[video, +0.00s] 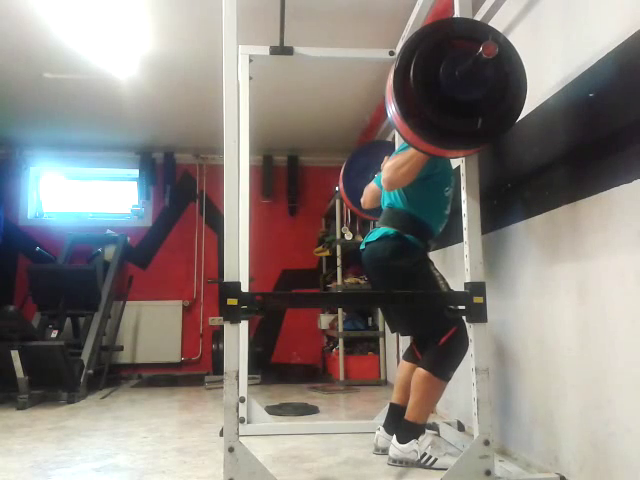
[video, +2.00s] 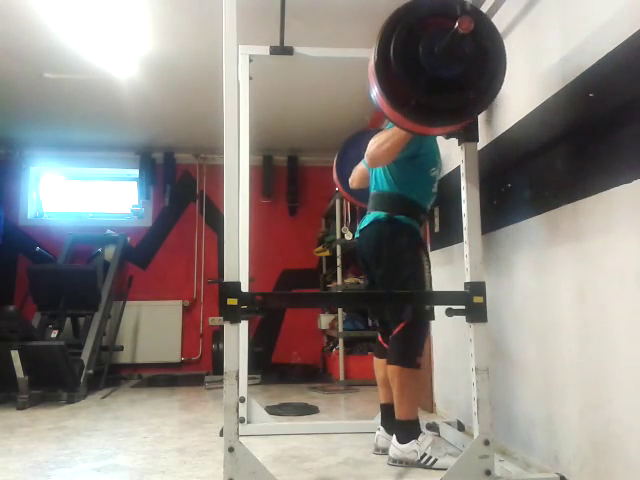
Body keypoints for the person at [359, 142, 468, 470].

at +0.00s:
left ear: (418, 115)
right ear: (438, 112)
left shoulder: (410, 149)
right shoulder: (423, 143)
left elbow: (367, 200)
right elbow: (390, 178)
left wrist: (387, 169)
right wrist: (428, 143)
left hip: (380, 250)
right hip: (397, 250)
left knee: (426, 338)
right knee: (451, 338)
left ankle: (394, 427)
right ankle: (409, 440)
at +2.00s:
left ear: (411, 97)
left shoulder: (403, 133)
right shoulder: (410, 124)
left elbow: (356, 179)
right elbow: (374, 154)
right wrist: (414, 119)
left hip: (377, 228)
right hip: (393, 230)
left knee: (388, 331)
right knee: (408, 330)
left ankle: (390, 427)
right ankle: (409, 439)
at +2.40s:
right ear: (409, 102)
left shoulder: (404, 141)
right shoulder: (391, 132)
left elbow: (341, 181)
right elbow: (355, 160)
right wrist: (394, 127)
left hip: (372, 232)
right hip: (373, 232)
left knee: (383, 329)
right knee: (410, 316)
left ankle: (391, 425)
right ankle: (385, 431)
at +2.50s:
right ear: (403, 102)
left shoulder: (399, 140)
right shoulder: (384, 132)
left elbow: (338, 181)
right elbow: (350, 162)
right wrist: (390, 127)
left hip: (380, 232)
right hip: (369, 230)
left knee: (388, 323)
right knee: (390, 316)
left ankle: (392, 430)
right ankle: (340, 432)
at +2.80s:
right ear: (383, 99)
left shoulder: (379, 137)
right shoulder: (365, 128)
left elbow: (320, 180)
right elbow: (330, 159)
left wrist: (312, 168)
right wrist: (370, 124)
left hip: (366, 236)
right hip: (345, 231)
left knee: (376, 330)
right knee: (346, 330)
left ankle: (392, 430)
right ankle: (321, 446)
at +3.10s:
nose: (403, 122)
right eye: (399, 115)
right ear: (381, 104)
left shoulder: (366, 136)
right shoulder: (353, 126)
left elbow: (300, 176)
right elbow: (310, 154)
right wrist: (353, 124)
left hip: (335, 231)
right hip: (320, 227)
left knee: (344, 326)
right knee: (330, 328)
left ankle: (340, 414)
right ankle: (320, 445)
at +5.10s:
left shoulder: (350, 139)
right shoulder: (334, 133)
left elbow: (285, 183)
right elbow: (296, 170)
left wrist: (298, 167)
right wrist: (338, 140)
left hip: (319, 232)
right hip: (309, 231)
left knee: (316, 331)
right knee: (316, 331)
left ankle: (315, 429)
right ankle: (319, 446)